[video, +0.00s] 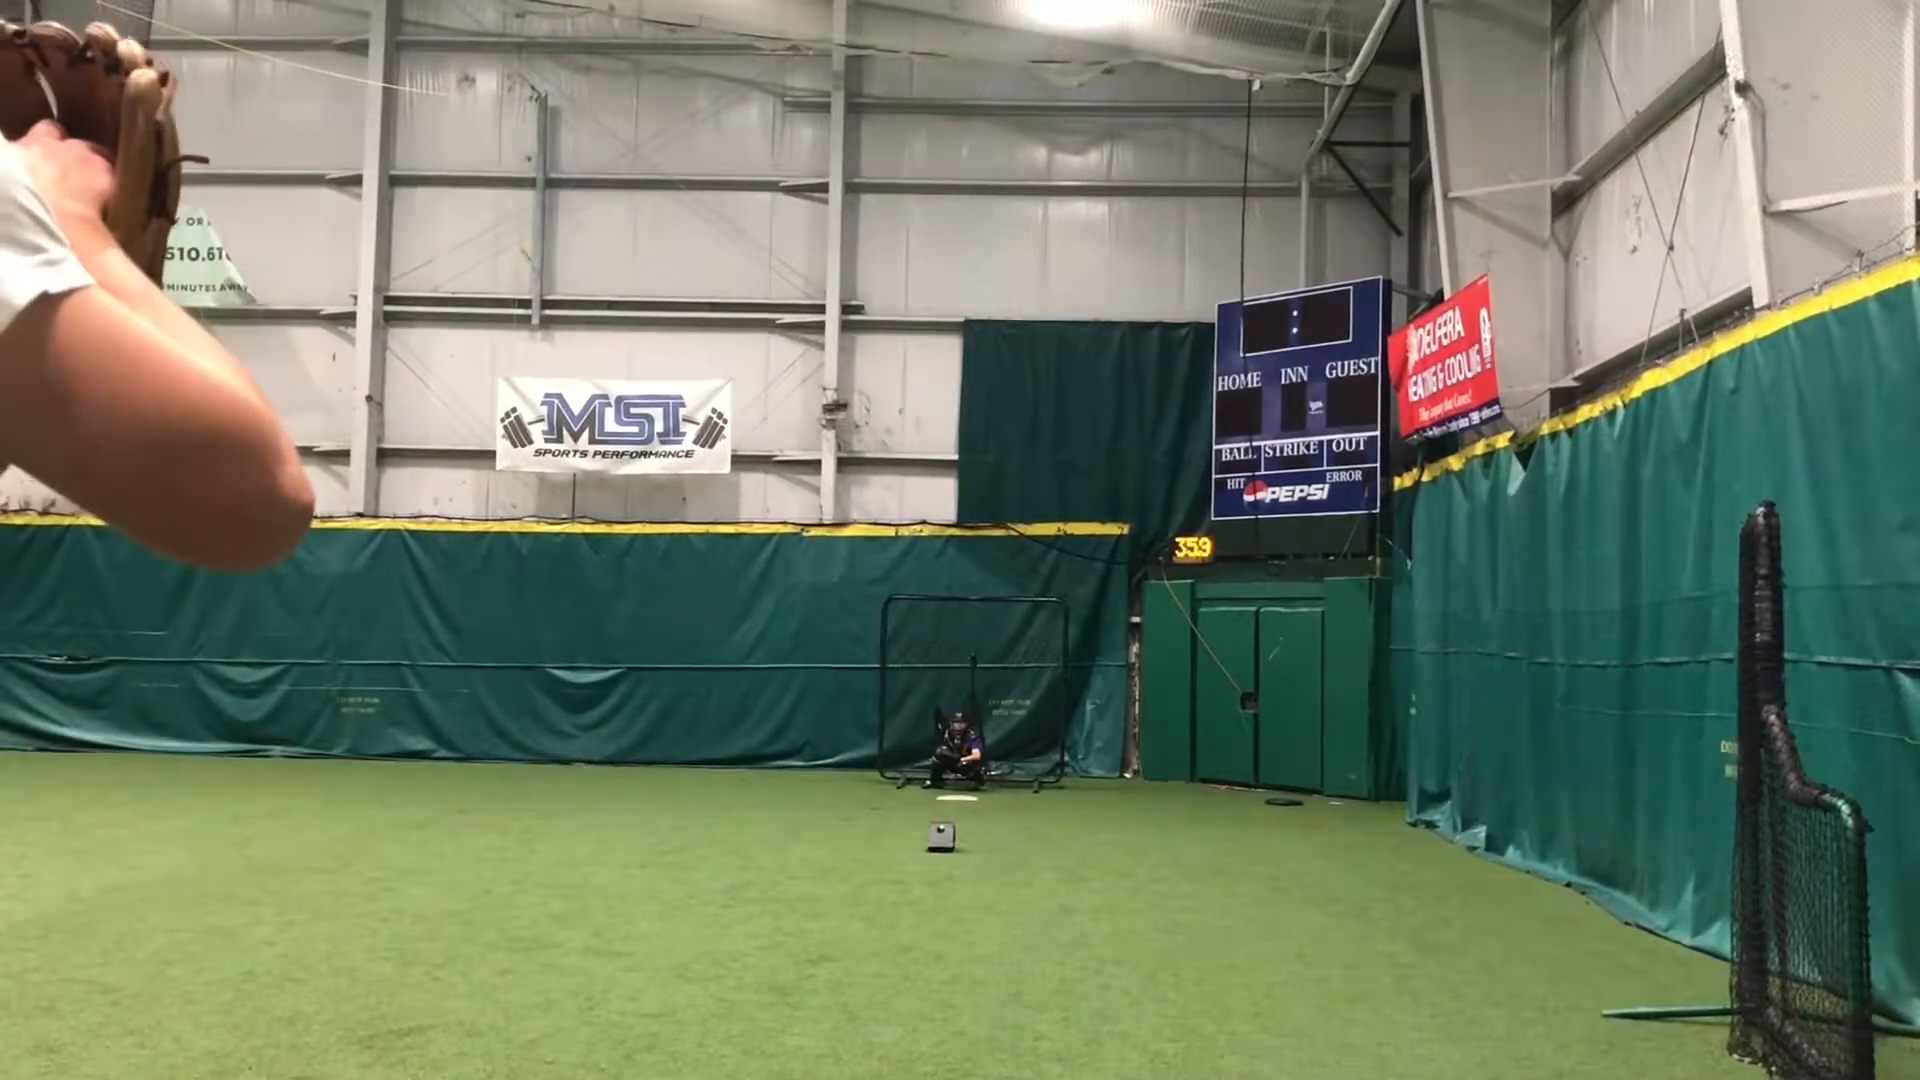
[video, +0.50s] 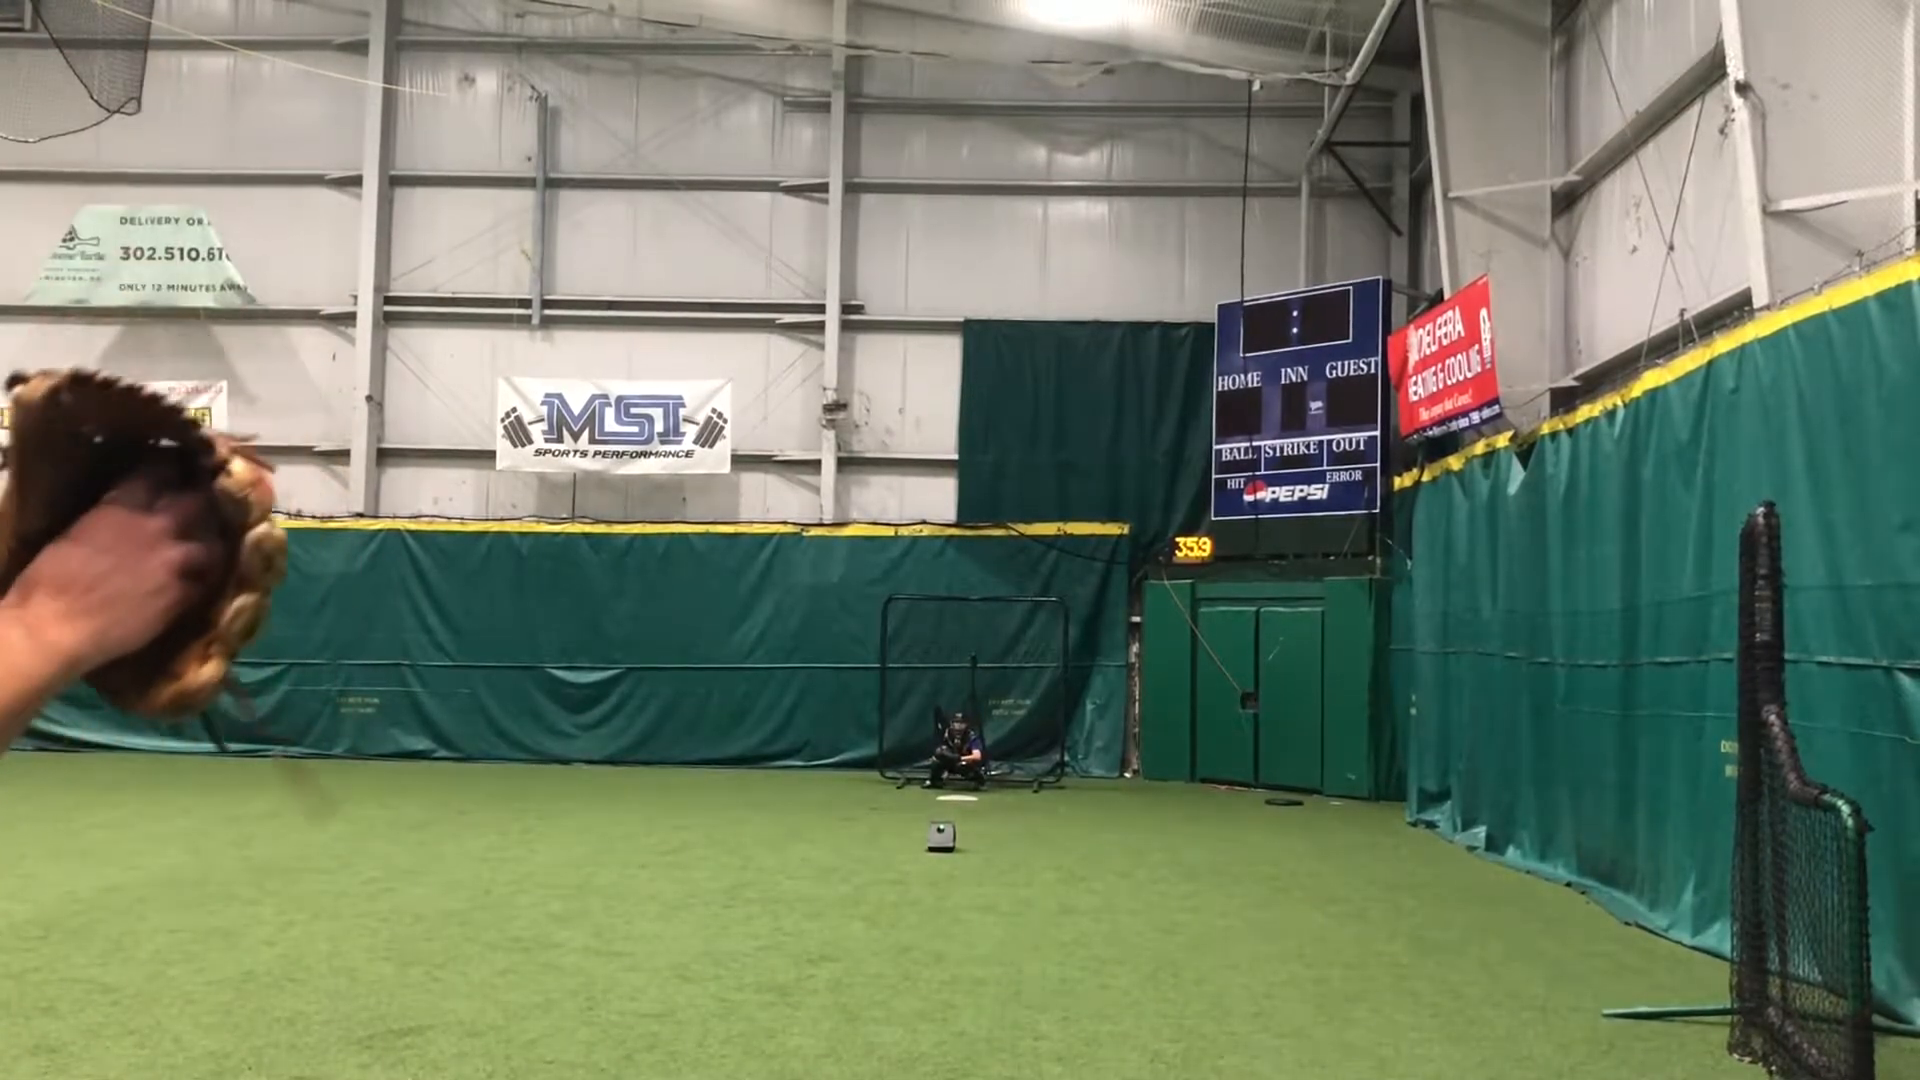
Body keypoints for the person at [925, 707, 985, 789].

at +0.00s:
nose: (958, 727)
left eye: (961, 723)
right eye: (955, 723)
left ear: (966, 725)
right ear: (951, 724)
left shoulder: (972, 736)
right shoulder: (947, 734)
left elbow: (977, 755)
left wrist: (963, 760)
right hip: (950, 760)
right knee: (937, 763)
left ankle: (980, 782)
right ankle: (935, 781)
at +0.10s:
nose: (958, 727)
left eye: (961, 724)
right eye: (955, 723)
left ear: (966, 725)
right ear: (951, 725)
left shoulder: (972, 737)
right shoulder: (947, 735)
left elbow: (977, 756)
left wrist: (964, 760)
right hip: (950, 761)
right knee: (937, 762)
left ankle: (980, 782)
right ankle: (935, 781)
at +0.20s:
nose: (958, 727)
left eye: (961, 723)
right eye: (955, 723)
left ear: (966, 725)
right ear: (951, 725)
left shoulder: (972, 737)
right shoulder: (947, 735)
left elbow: (977, 756)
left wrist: (964, 760)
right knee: (937, 762)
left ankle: (979, 782)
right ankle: (936, 781)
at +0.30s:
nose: (958, 727)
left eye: (961, 724)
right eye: (955, 723)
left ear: (966, 725)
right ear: (951, 725)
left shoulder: (972, 737)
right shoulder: (947, 735)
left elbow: (977, 756)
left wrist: (964, 760)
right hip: (950, 762)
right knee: (936, 763)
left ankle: (980, 782)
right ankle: (935, 781)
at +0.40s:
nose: (958, 727)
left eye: (961, 723)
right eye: (955, 723)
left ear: (966, 725)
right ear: (951, 725)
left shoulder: (972, 737)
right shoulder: (947, 735)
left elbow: (977, 756)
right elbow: (941, 750)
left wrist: (962, 759)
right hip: (950, 762)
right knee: (936, 763)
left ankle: (979, 782)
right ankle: (936, 781)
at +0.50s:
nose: (958, 727)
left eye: (961, 723)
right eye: (955, 723)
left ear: (966, 725)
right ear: (951, 725)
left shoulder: (972, 737)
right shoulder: (947, 735)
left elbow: (977, 756)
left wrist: (961, 759)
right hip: (950, 762)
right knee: (936, 763)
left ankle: (979, 781)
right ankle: (935, 781)